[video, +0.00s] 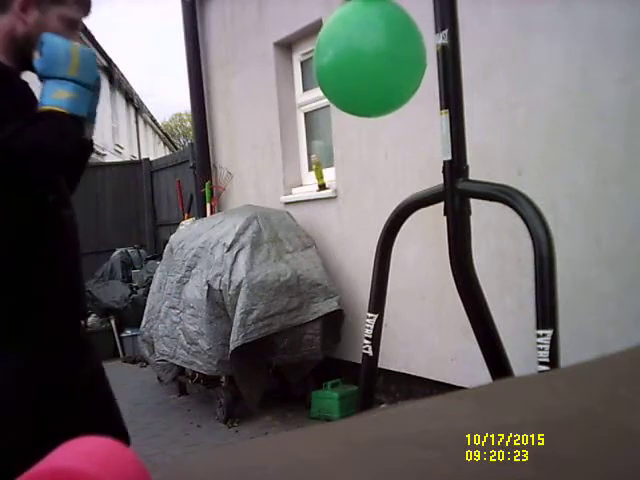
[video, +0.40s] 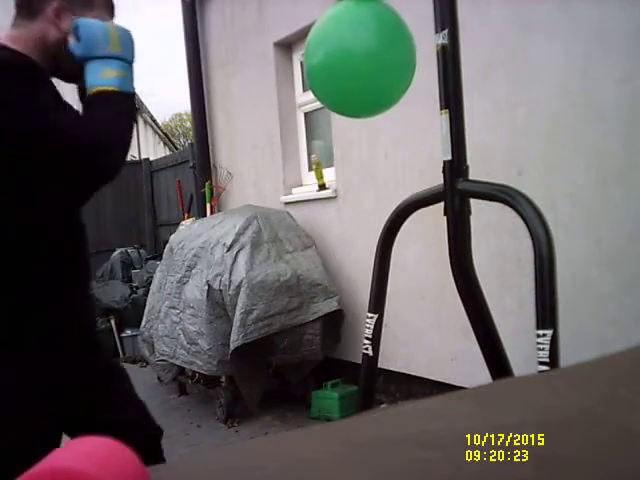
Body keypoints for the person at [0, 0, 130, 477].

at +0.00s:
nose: (78, 39)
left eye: (80, 26)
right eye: (71, 22)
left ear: (25, 14)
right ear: (23, 11)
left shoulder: (19, 89)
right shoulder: (4, 88)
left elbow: (52, 190)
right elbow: (31, 194)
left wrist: (75, 98)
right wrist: (66, 95)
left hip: (47, 323)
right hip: (25, 329)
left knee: (97, 453)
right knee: (95, 454)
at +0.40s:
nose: (101, 40)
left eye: (106, 27)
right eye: (98, 25)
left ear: (52, 17)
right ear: (61, 16)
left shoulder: (22, 82)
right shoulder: (17, 85)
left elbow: (89, 166)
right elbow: (91, 165)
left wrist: (105, 73)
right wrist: (109, 68)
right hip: (41, 329)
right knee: (133, 443)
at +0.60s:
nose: (161, 38)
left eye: (162, 25)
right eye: (157, 22)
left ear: (117, 17)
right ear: (118, 15)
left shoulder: (110, 87)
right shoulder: (24, 81)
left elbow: (143, 126)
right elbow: (95, 172)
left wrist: (190, 95)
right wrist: (140, 89)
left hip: (111, 311)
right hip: (35, 322)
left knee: (172, 449)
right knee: (70, 466)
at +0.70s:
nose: (171, 40)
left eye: (173, 29)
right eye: (167, 25)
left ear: (132, 19)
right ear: (131, 15)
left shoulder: (132, 93)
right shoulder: (43, 79)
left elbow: (182, 137)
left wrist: (253, 119)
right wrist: (146, 90)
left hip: (130, 304)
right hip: (61, 312)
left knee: (206, 425)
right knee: (81, 463)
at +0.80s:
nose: (191, 41)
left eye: (191, 28)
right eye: (186, 25)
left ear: (149, 20)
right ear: (148, 17)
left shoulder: (145, 96)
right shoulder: (66, 88)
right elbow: (113, 192)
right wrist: (169, 99)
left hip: (163, 316)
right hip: (94, 324)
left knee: (244, 449)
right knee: (84, 470)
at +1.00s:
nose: (242, 22)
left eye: (240, 9)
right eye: (235, 8)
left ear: (199, 11)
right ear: (199, 7)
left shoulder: (211, 88)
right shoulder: (111, 76)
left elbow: (241, 109)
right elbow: (121, 171)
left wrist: (302, 98)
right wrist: (186, 96)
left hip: (190, 304)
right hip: (110, 304)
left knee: (237, 453)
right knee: (81, 456)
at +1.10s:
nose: (249, 31)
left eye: (248, 17)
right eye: (243, 14)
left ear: (207, 13)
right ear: (207, 10)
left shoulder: (222, 92)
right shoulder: (123, 73)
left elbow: (255, 132)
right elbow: (129, 162)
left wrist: (316, 113)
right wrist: (190, 88)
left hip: (195, 300)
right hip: (123, 302)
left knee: (238, 447)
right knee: (92, 454)